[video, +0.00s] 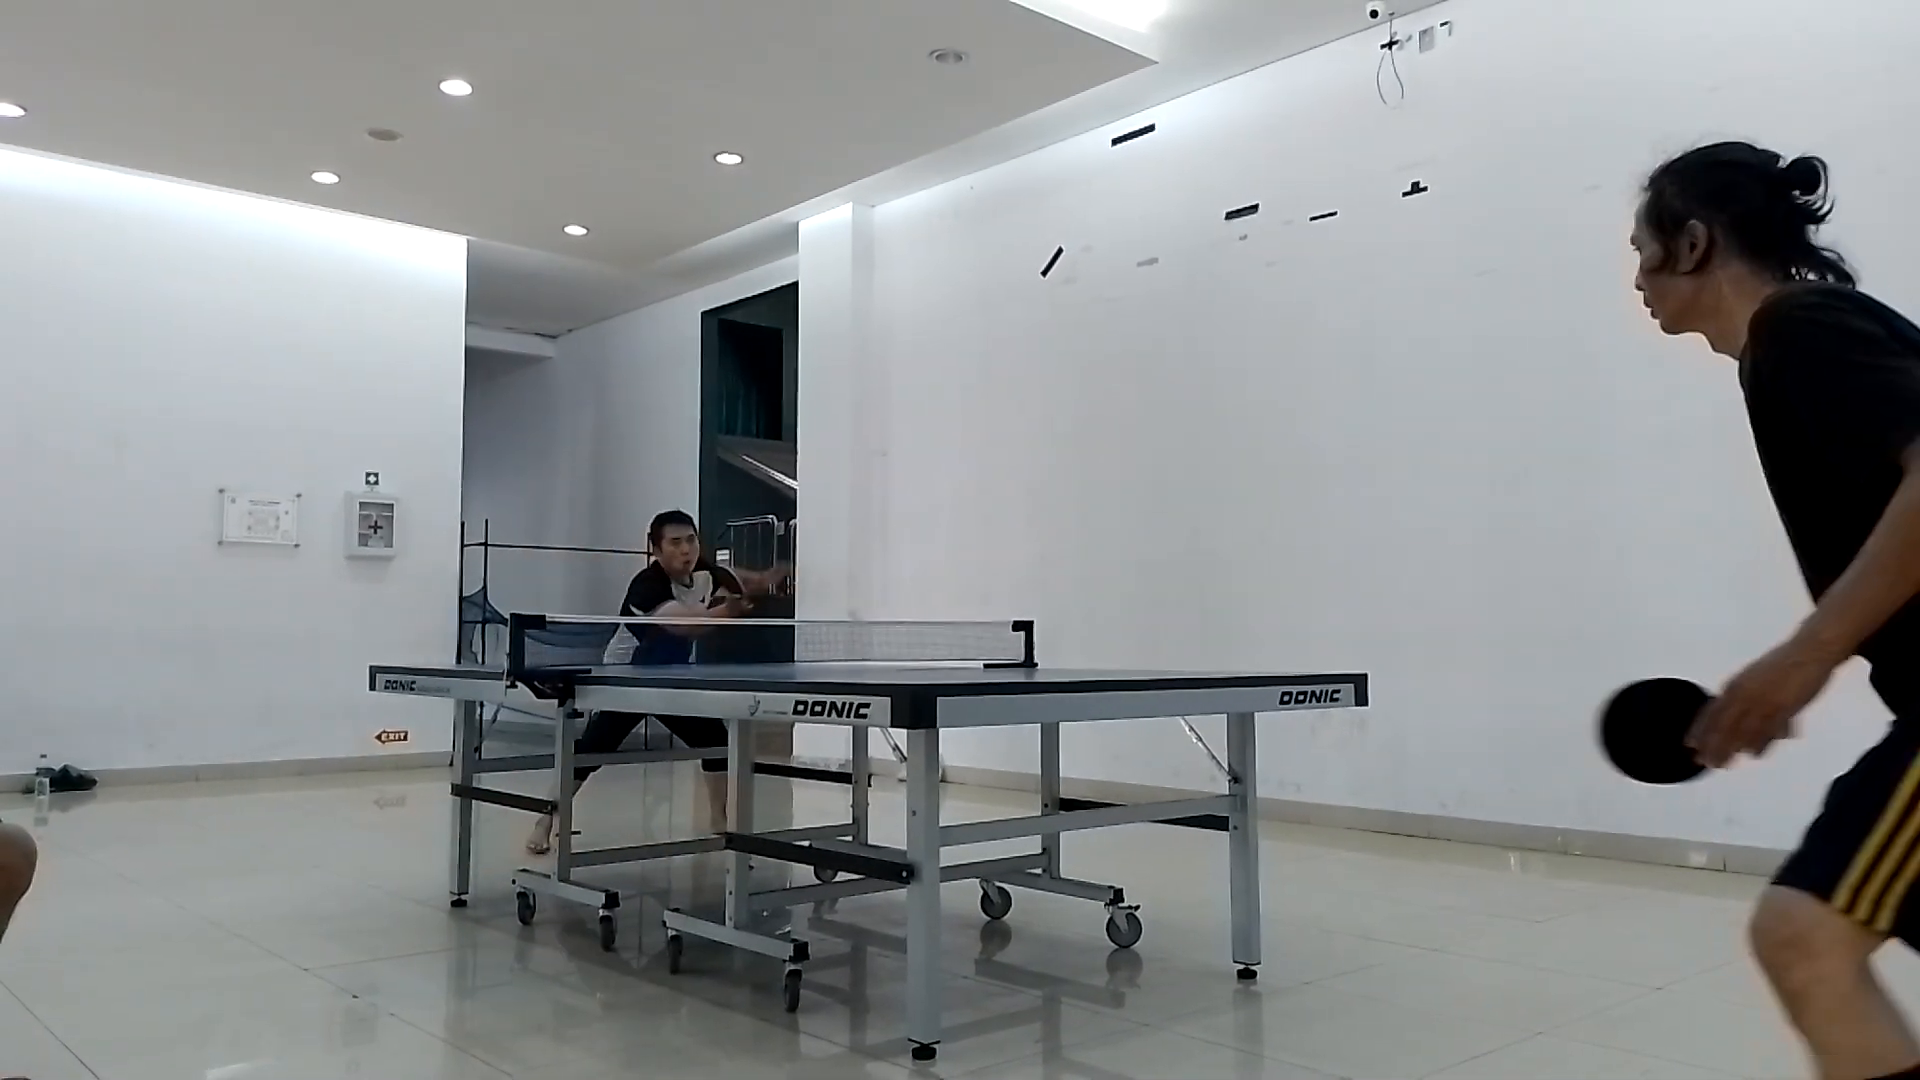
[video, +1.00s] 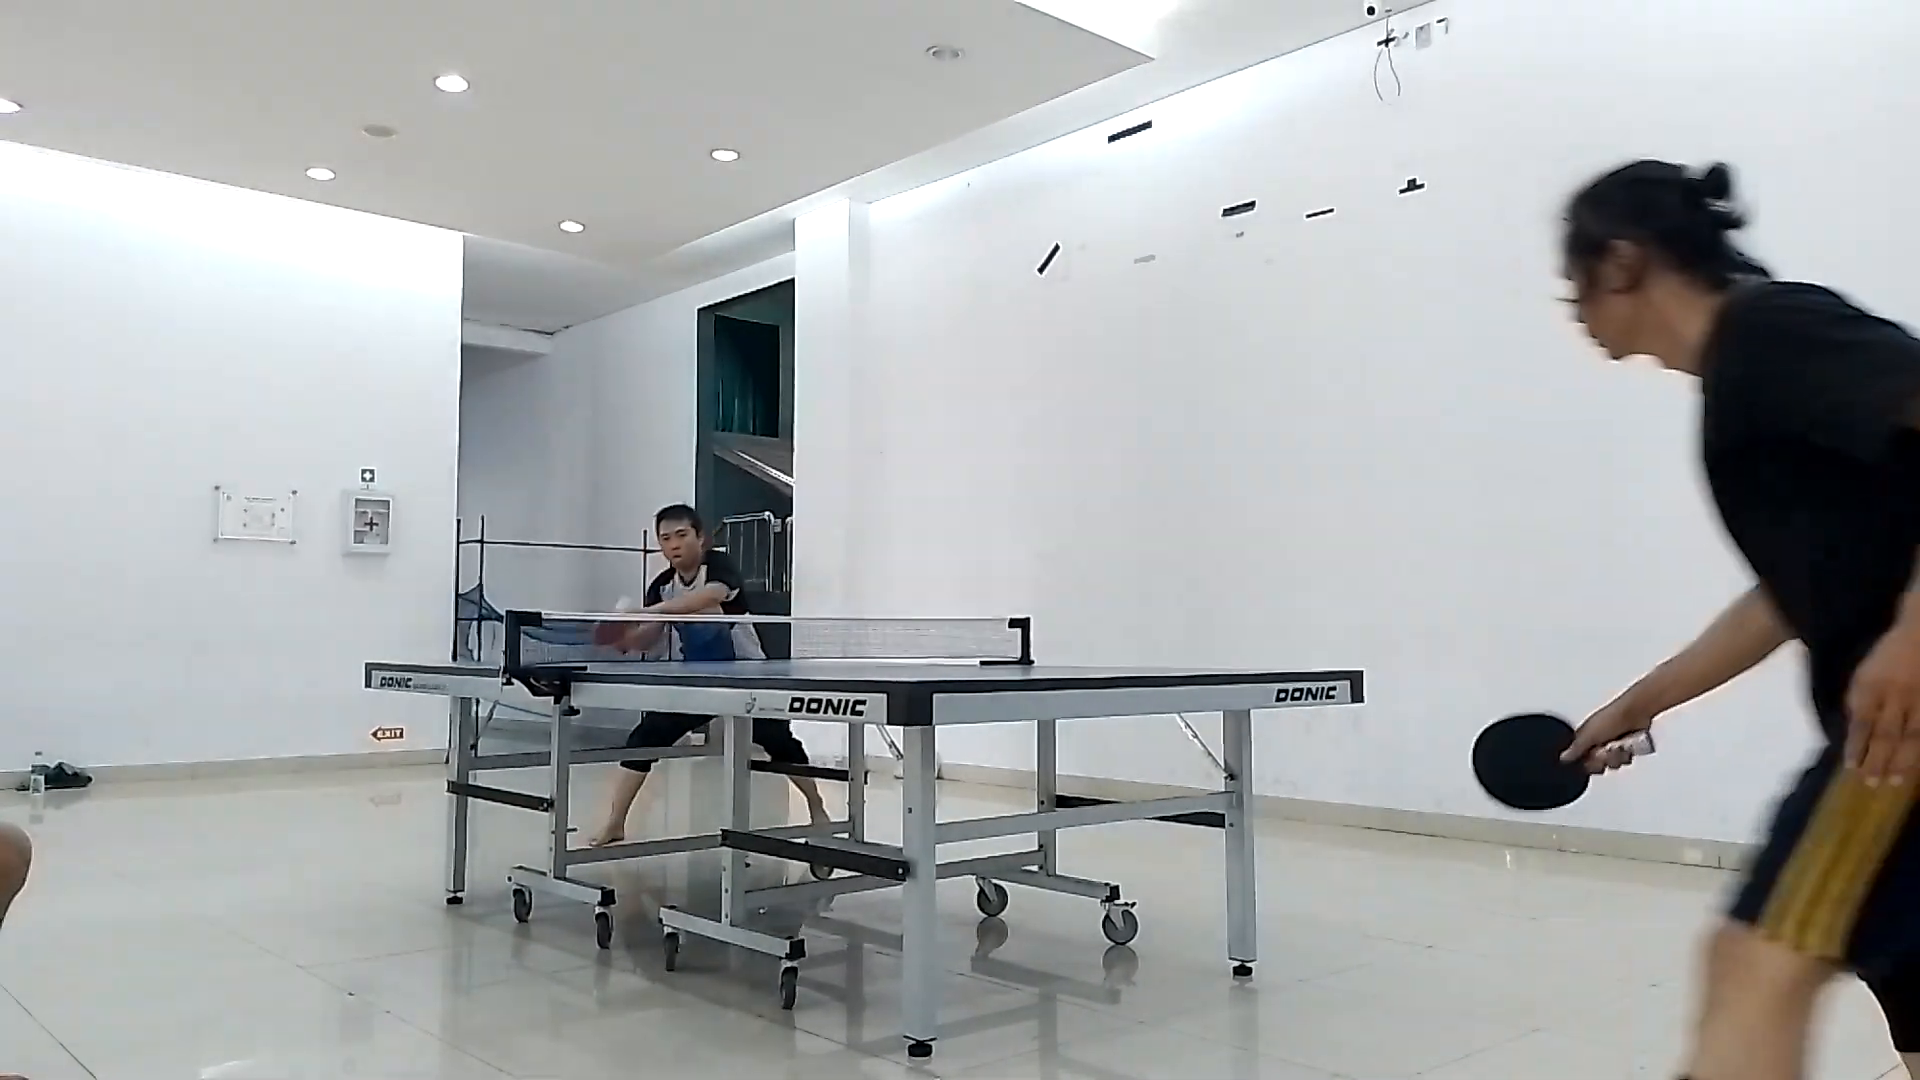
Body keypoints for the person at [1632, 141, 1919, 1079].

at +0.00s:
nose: (1638, 283)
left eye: (1641, 254)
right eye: (1635, 259)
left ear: (1698, 243)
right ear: (1715, 242)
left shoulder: (1804, 331)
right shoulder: (1796, 342)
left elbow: (1919, 478)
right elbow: (1889, 542)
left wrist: (1802, 659)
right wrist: (1785, 683)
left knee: (1803, 935)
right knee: (1808, 936)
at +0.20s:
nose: (1560, 283)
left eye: (1566, 252)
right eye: (1559, 257)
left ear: (1628, 242)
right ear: (1637, 244)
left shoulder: (1737, 344)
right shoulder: (1710, 364)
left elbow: (1878, 493)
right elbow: (1711, 571)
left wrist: (1682, 663)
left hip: (1886, 727)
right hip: (1876, 725)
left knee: (1656, 983)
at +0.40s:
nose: (1430, 307)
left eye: (1434, 275)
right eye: (1424, 280)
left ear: (1503, 244)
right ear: (1503, 244)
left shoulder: (1645, 337)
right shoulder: (1585, 377)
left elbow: (1758, 508)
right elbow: (1533, 573)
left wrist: (1535, 664)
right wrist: (1446, 527)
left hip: (1808, 728)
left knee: (1538, 983)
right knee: (1904, 993)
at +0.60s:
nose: (1360, 328)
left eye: (1355, 302)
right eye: (1347, 309)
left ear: (1416, 267)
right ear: (1422, 272)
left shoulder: (1622, 322)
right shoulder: (1511, 417)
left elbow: (1873, 375)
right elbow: (1549, 587)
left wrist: (1739, 539)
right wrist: (1567, 752)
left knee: (1549, 983)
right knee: (1884, 982)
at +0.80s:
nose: (1405, 298)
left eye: (1404, 269)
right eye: (1399, 276)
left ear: (1458, 250)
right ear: (1467, 253)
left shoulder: (1621, 323)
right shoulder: (1580, 371)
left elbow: (1842, 366)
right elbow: (1686, 556)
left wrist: (1761, 523)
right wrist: (1643, 718)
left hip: (1828, 687)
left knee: (1561, 960)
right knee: (1888, 969)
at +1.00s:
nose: (1574, 307)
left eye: (1576, 281)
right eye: (1571, 286)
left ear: (1628, 265)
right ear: (1637, 266)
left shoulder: (1776, 334)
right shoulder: (1746, 369)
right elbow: (1799, 586)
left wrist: (1908, 637)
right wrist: (1645, 700)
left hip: (1898, 720)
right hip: (1882, 722)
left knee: (1759, 959)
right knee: (1909, 999)